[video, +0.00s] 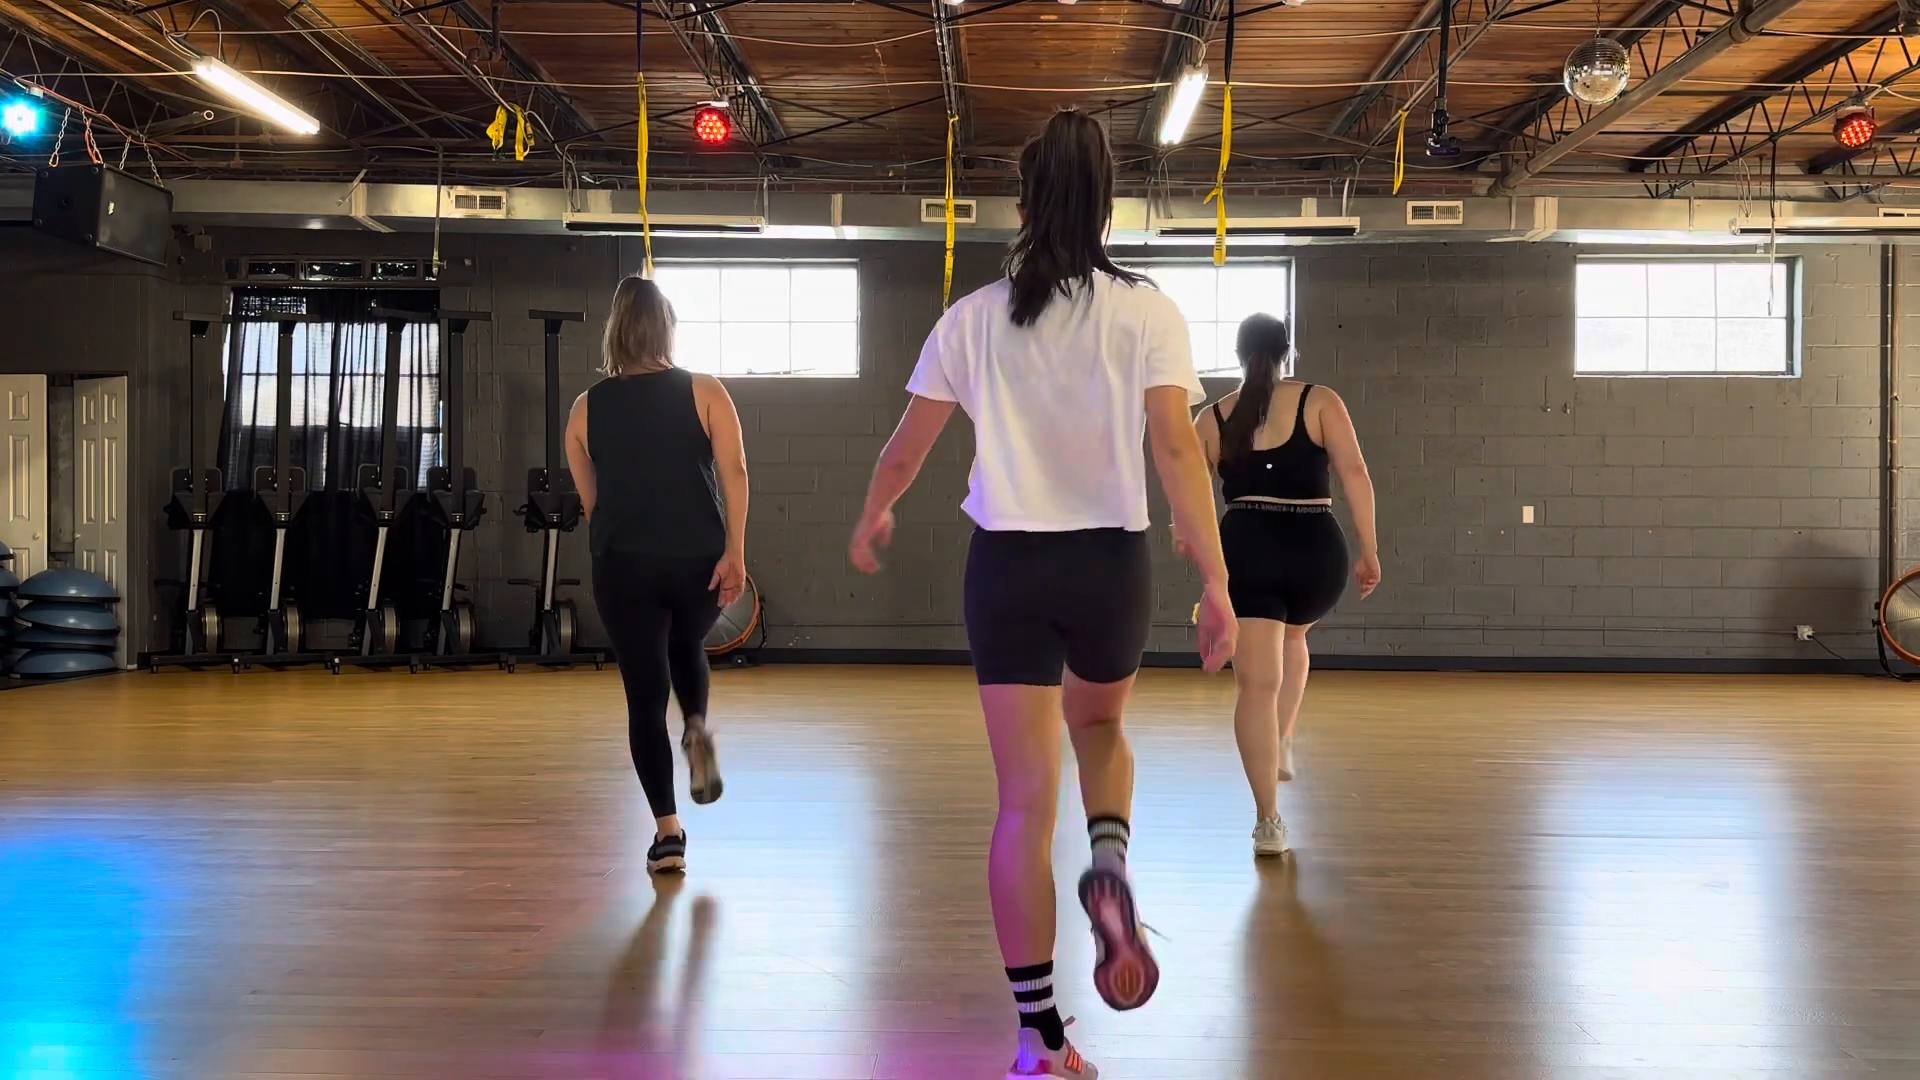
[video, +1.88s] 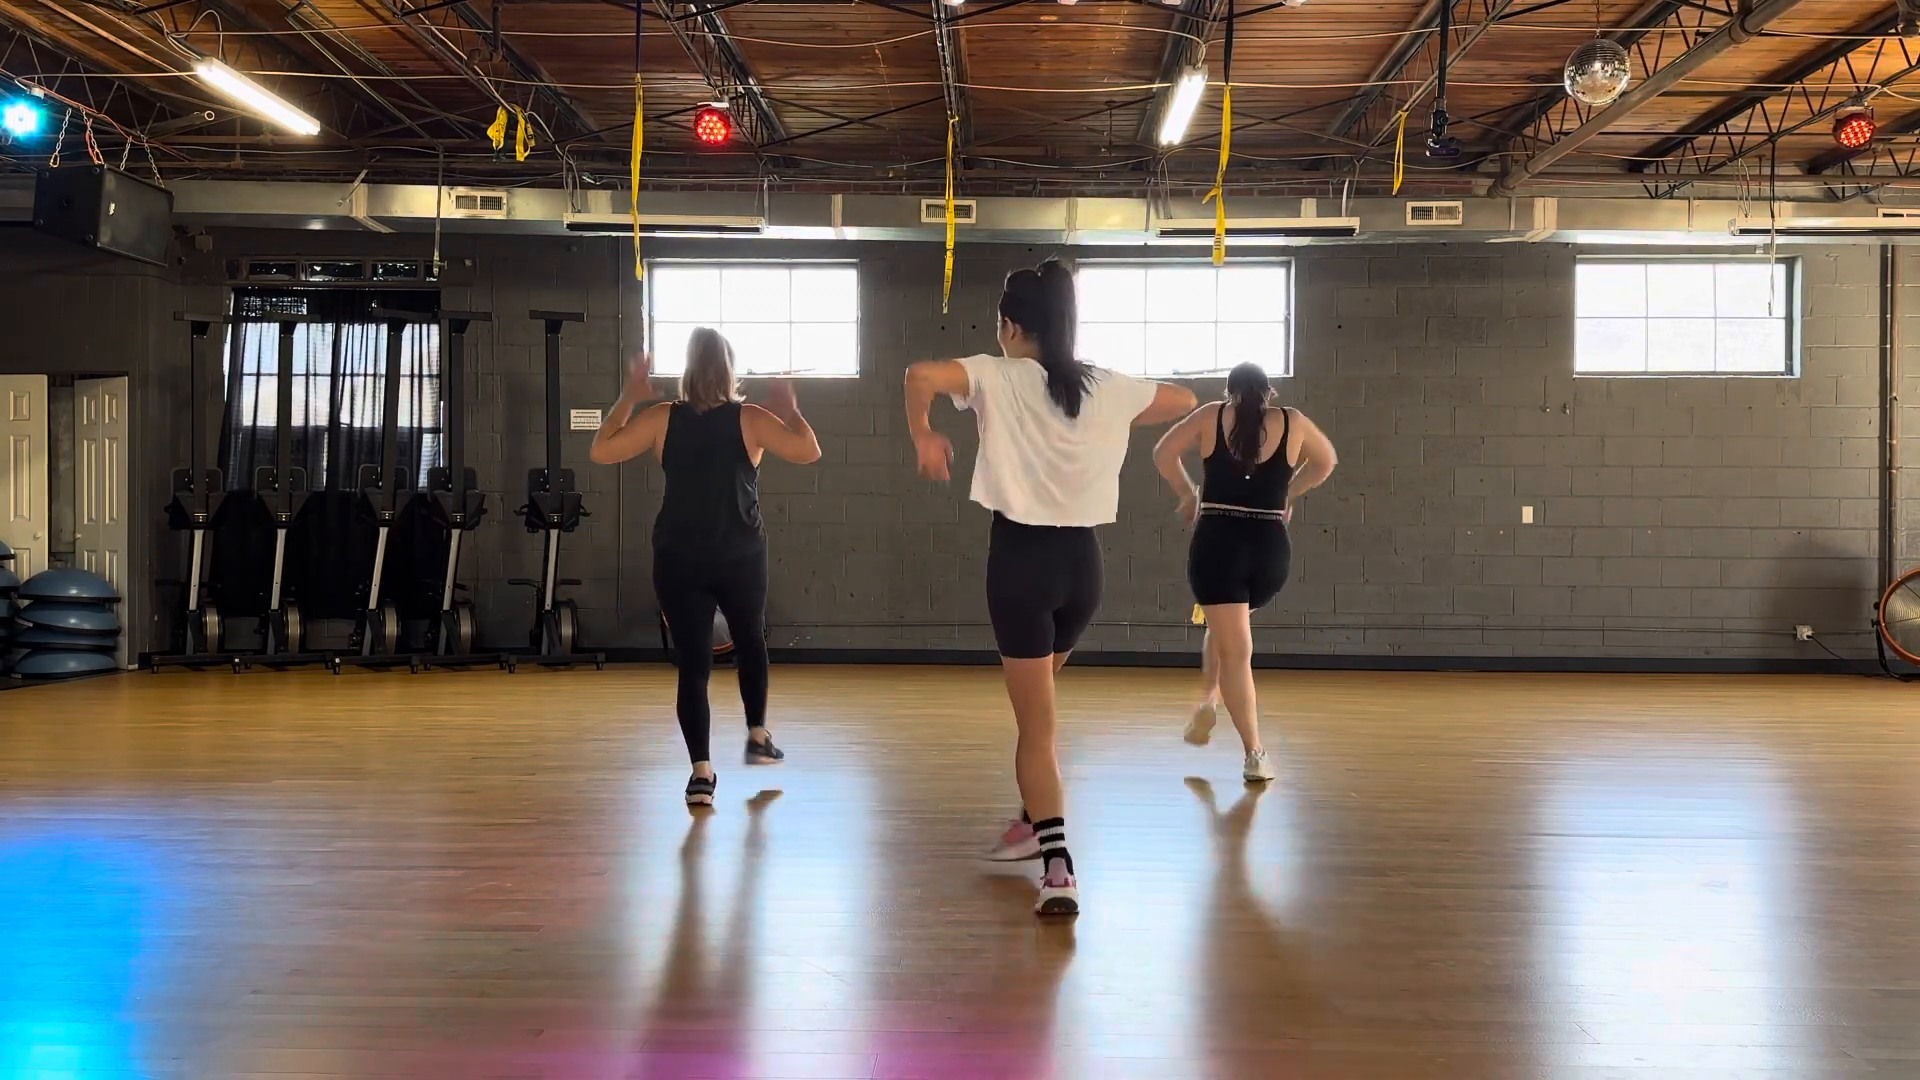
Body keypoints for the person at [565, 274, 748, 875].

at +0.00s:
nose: (670, 333)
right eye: (670, 325)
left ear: (612, 333)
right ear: (669, 330)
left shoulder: (584, 410)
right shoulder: (705, 392)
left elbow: (590, 502)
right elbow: (734, 472)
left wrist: (620, 540)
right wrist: (735, 550)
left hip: (623, 564)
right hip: (695, 557)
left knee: (645, 696)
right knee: (688, 644)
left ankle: (667, 825)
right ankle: (697, 726)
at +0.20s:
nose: (674, 337)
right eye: (673, 328)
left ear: (619, 336)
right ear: (673, 334)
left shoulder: (584, 409)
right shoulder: (702, 397)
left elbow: (590, 498)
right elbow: (723, 477)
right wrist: (728, 554)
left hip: (620, 567)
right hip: (692, 563)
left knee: (642, 695)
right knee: (672, 680)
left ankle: (669, 822)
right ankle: (643, 792)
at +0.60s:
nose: (687, 354)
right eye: (689, 345)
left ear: (635, 345)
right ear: (685, 350)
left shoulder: (593, 405)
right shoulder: (702, 415)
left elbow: (577, 491)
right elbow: (707, 497)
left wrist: (573, 558)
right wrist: (707, 575)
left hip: (605, 570)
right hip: (672, 572)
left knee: (608, 684)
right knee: (654, 687)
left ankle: (632, 761)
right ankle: (623, 804)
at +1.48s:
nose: (706, 364)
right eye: (708, 355)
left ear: (666, 362)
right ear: (711, 362)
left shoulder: (639, 419)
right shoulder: (730, 417)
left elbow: (625, 491)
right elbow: (743, 490)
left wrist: (598, 548)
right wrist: (770, 560)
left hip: (653, 559)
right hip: (712, 559)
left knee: (681, 665)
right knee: (705, 671)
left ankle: (698, 771)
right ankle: (656, 755)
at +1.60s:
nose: (716, 366)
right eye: (715, 358)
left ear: (672, 364)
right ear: (715, 364)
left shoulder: (648, 421)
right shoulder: (733, 416)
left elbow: (622, 489)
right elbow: (757, 484)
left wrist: (562, 496)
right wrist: (826, 512)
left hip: (660, 561)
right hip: (720, 561)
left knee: (685, 665)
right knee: (736, 659)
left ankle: (700, 773)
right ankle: (677, 692)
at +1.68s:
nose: (721, 368)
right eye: (720, 360)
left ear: (676, 366)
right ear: (719, 365)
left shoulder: (653, 421)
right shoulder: (737, 417)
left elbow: (611, 480)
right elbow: (771, 476)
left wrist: (566, 438)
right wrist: (832, 453)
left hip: (664, 558)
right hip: (725, 557)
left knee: (687, 662)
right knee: (744, 642)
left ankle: (700, 773)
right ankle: (704, 673)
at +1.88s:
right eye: (725, 358)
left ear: (687, 367)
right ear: (730, 367)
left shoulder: (662, 418)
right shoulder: (751, 419)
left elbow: (602, 449)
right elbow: (809, 450)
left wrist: (630, 394)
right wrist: (791, 409)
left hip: (679, 557)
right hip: (739, 555)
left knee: (692, 665)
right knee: (750, 643)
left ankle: (701, 769)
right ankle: (758, 732)